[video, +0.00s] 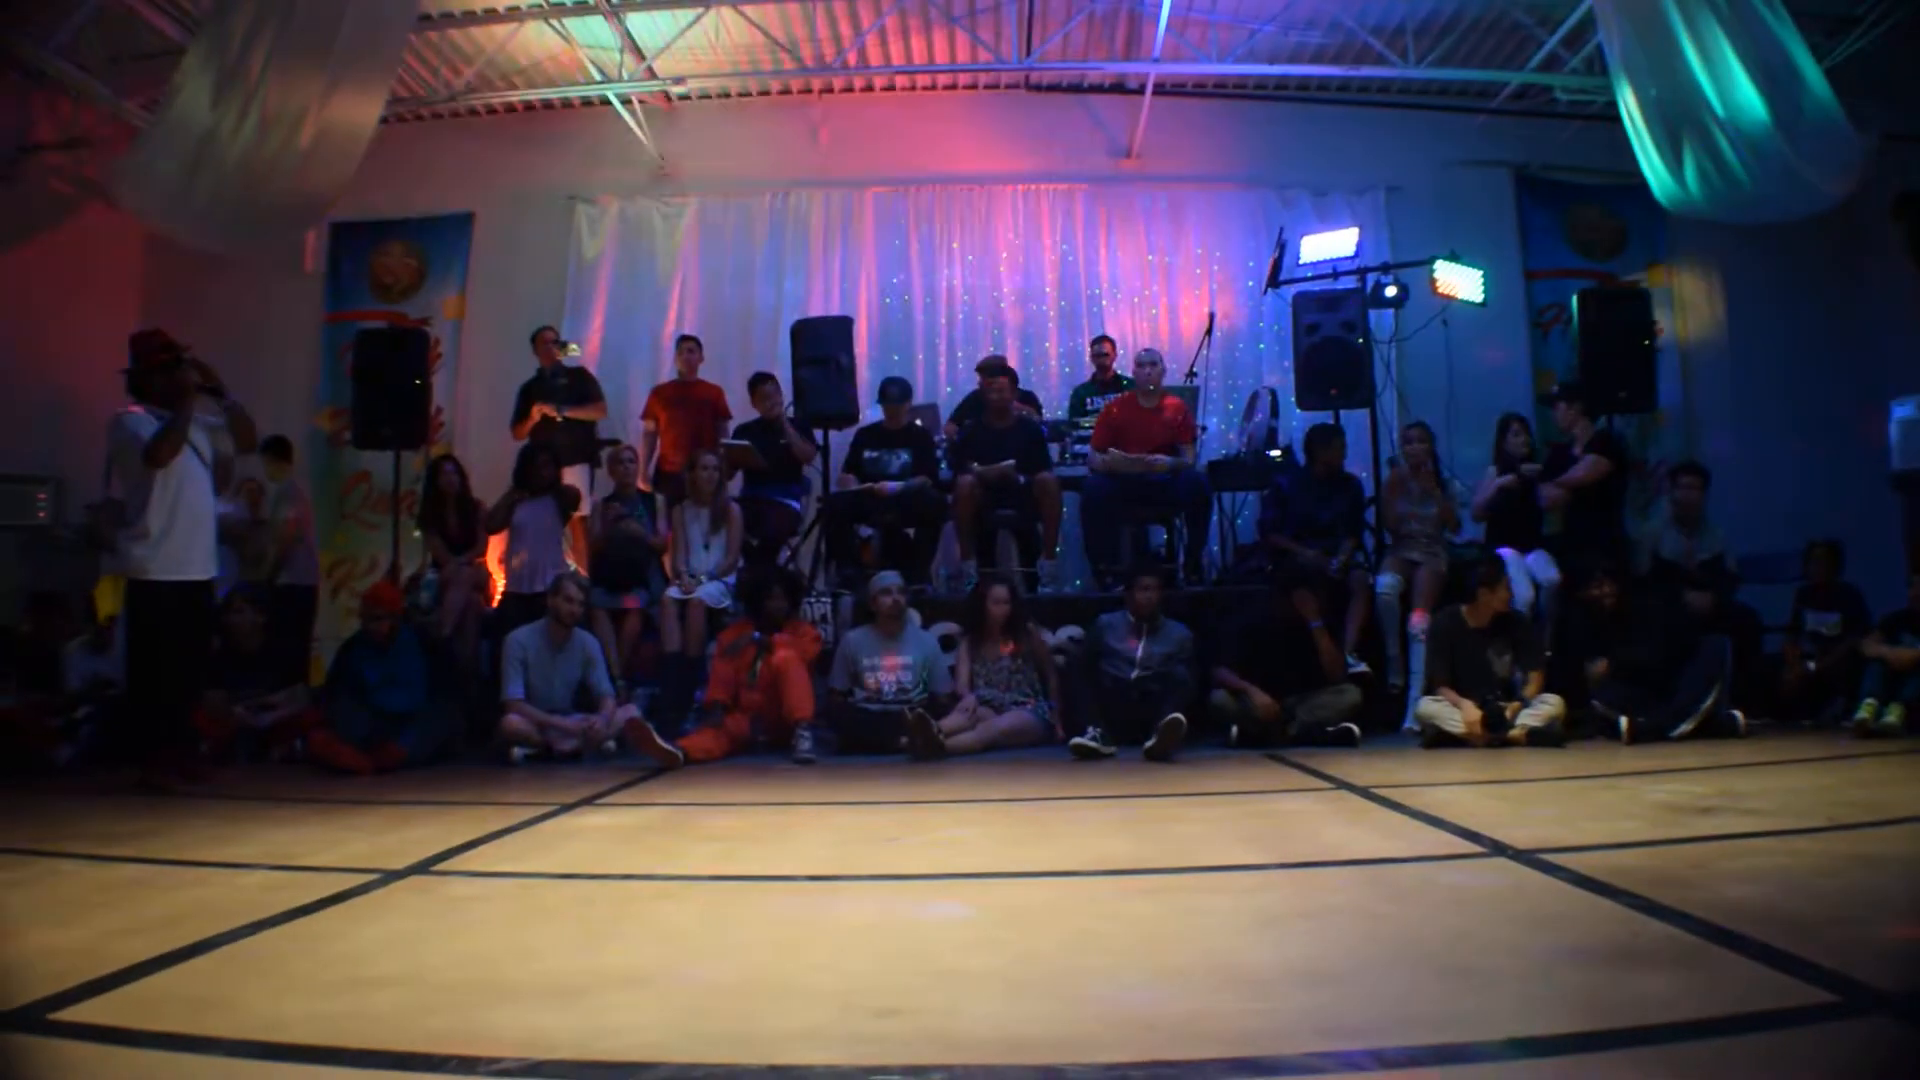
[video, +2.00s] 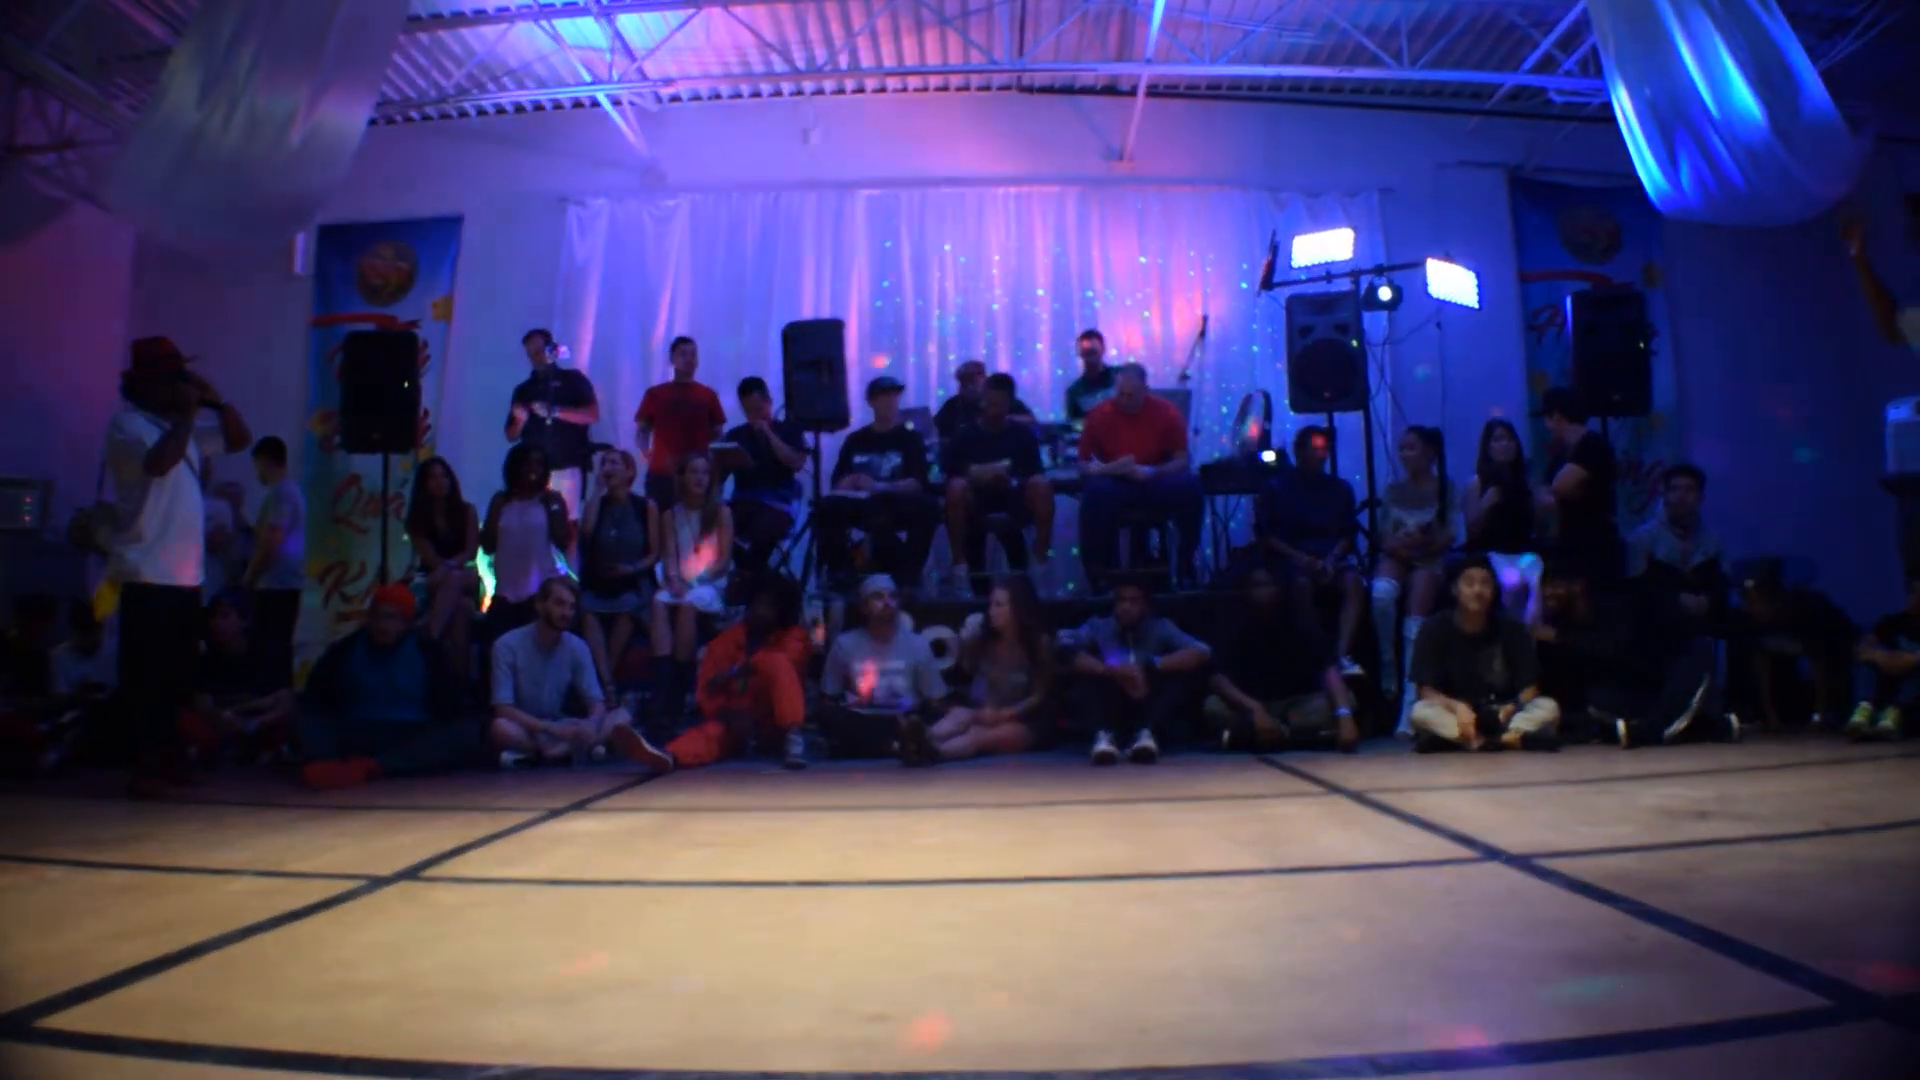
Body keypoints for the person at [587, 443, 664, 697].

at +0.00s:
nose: (627, 468)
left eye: (631, 462)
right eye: (620, 462)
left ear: (638, 467)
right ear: (610, 470)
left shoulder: (653, 501)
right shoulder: (602, 505)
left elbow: (661, 542)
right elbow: (594, 544)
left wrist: (637, 532)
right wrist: (610, 524)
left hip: (642, 573)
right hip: (608, 574)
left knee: (633, 605)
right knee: (597, 607)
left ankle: (618, 672)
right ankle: (615, 676)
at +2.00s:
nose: (607, 468)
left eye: (614, 463)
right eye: (604, 463)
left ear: (629, 472)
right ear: (599, 471)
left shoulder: (645, 506)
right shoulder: (594, 504)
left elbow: (654, 552)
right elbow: (586, 532)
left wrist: (631, 568)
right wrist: (597, 492)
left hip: (630, 579)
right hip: (598, 577)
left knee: (626, 613)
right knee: (588, 614)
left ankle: (606, 677)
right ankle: (606, 684)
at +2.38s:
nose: (608, 468)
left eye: (615, 464)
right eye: (606, 464)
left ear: (631, 472)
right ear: (601, 473)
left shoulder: (647, 507)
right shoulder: (595, 505)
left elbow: (655, 551)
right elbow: (588, 529)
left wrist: (634, 568)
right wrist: (599, 491)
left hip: (631, 577)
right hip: (600, 576)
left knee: (627, 609)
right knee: (588, 610)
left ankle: (610, 673)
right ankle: (606, 678)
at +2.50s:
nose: (609, 468)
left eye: (615, 464)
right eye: (606, 464)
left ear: (630, 472)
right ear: (601, 473)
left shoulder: (646, 506)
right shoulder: (595, 505)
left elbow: (655, 552)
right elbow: (589, 528)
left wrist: (634, 568)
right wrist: (597, 490)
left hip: (631, 577)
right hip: (600, 575)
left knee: (627, 608)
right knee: (588, 610)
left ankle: (609, 672)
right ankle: (605, 678)